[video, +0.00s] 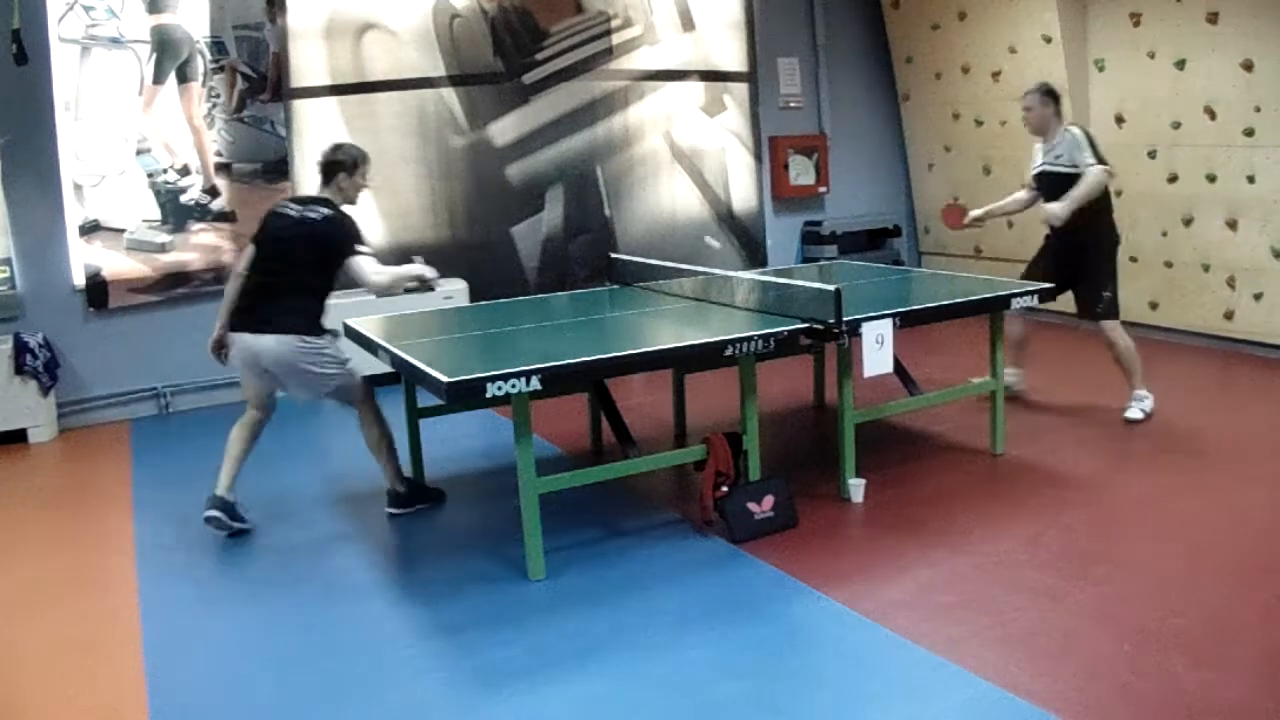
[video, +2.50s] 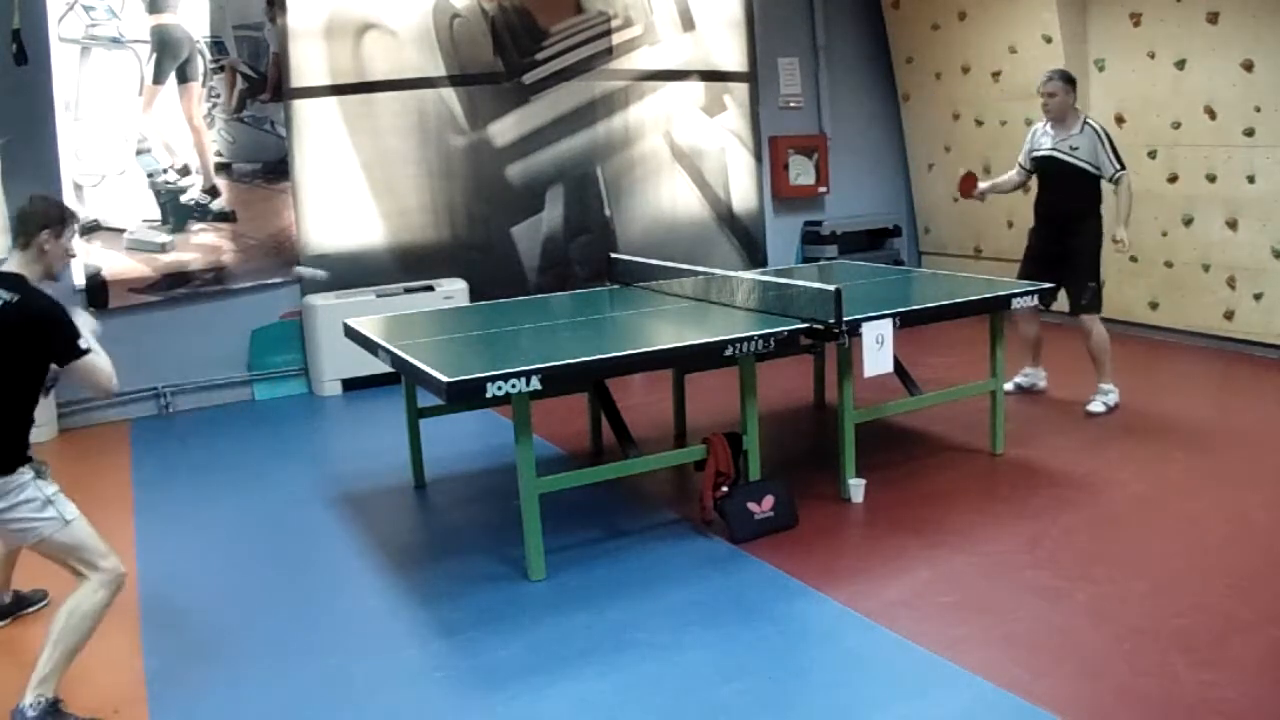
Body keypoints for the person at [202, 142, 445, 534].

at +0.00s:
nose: (365, 185)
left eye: (365, 177)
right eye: (362, 177)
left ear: (329, 177)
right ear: (342, 177)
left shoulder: (279, 211)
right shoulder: (338, 224)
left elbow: (241, 268)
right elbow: (376, 280)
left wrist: (222, 326)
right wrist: (414, 271)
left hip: (244, 336)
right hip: (294, 340)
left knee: (256, 409)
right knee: (362, 399)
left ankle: (221, 496)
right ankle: (398, 488)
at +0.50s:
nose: (285, 197)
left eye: (287, 187)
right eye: (283, 187)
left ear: (235, 184)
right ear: (262, 186)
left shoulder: (193, 220)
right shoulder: (249, 235)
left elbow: (155, 288)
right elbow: (291, 314)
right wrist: (330, 320)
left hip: (138, 363)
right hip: (185, 368)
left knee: (179, 442)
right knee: (271, 470)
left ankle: (154, 552)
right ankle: (267, 600)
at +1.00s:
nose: (335, 219)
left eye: (335, 210)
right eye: (330, 210)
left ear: (286, 203)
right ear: (307, 207)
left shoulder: (221, 248)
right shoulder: (309, 259)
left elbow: (153, 284)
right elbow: (396, 293)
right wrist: (441, 274)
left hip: (173, 400)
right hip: (232, 408)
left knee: (142, 506)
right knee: (352, 480)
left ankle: (81, 599)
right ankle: (404, 614)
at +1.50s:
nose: (305, 189)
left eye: (304, 178)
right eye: (300, 179)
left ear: (239, 178)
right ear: (278, 180)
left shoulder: (197, 235)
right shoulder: (286, 240)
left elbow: (144, 304)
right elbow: (354, 301)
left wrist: (123, 362)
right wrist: (407, 319)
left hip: (179, 397)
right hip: (248, 396)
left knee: (185, 487)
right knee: (353, 488)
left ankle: (160, 615)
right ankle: (409, 618)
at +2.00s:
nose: (166, 222)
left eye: (167, 212)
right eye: (161, 212)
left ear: (123, 215)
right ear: (132, 216)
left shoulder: (85, 255)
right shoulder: (100, 269)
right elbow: (136, 368)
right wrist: (208, 407)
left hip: (20, 405)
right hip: (33, 411)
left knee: (57, 494)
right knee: (137, 495)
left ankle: (16, 593)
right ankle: (184, 633)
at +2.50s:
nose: (70, 252)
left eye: (71, 242)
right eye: (68, 242)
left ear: (27, 239)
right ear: (46, 241)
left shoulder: (1, 285)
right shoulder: (37, 308)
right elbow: (105, 381)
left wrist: (63, 334)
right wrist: (83, 325)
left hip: (5, 469)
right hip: (9, 476)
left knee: (28, 497)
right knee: (105, 573)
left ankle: (1, 595)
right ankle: (37, 701)